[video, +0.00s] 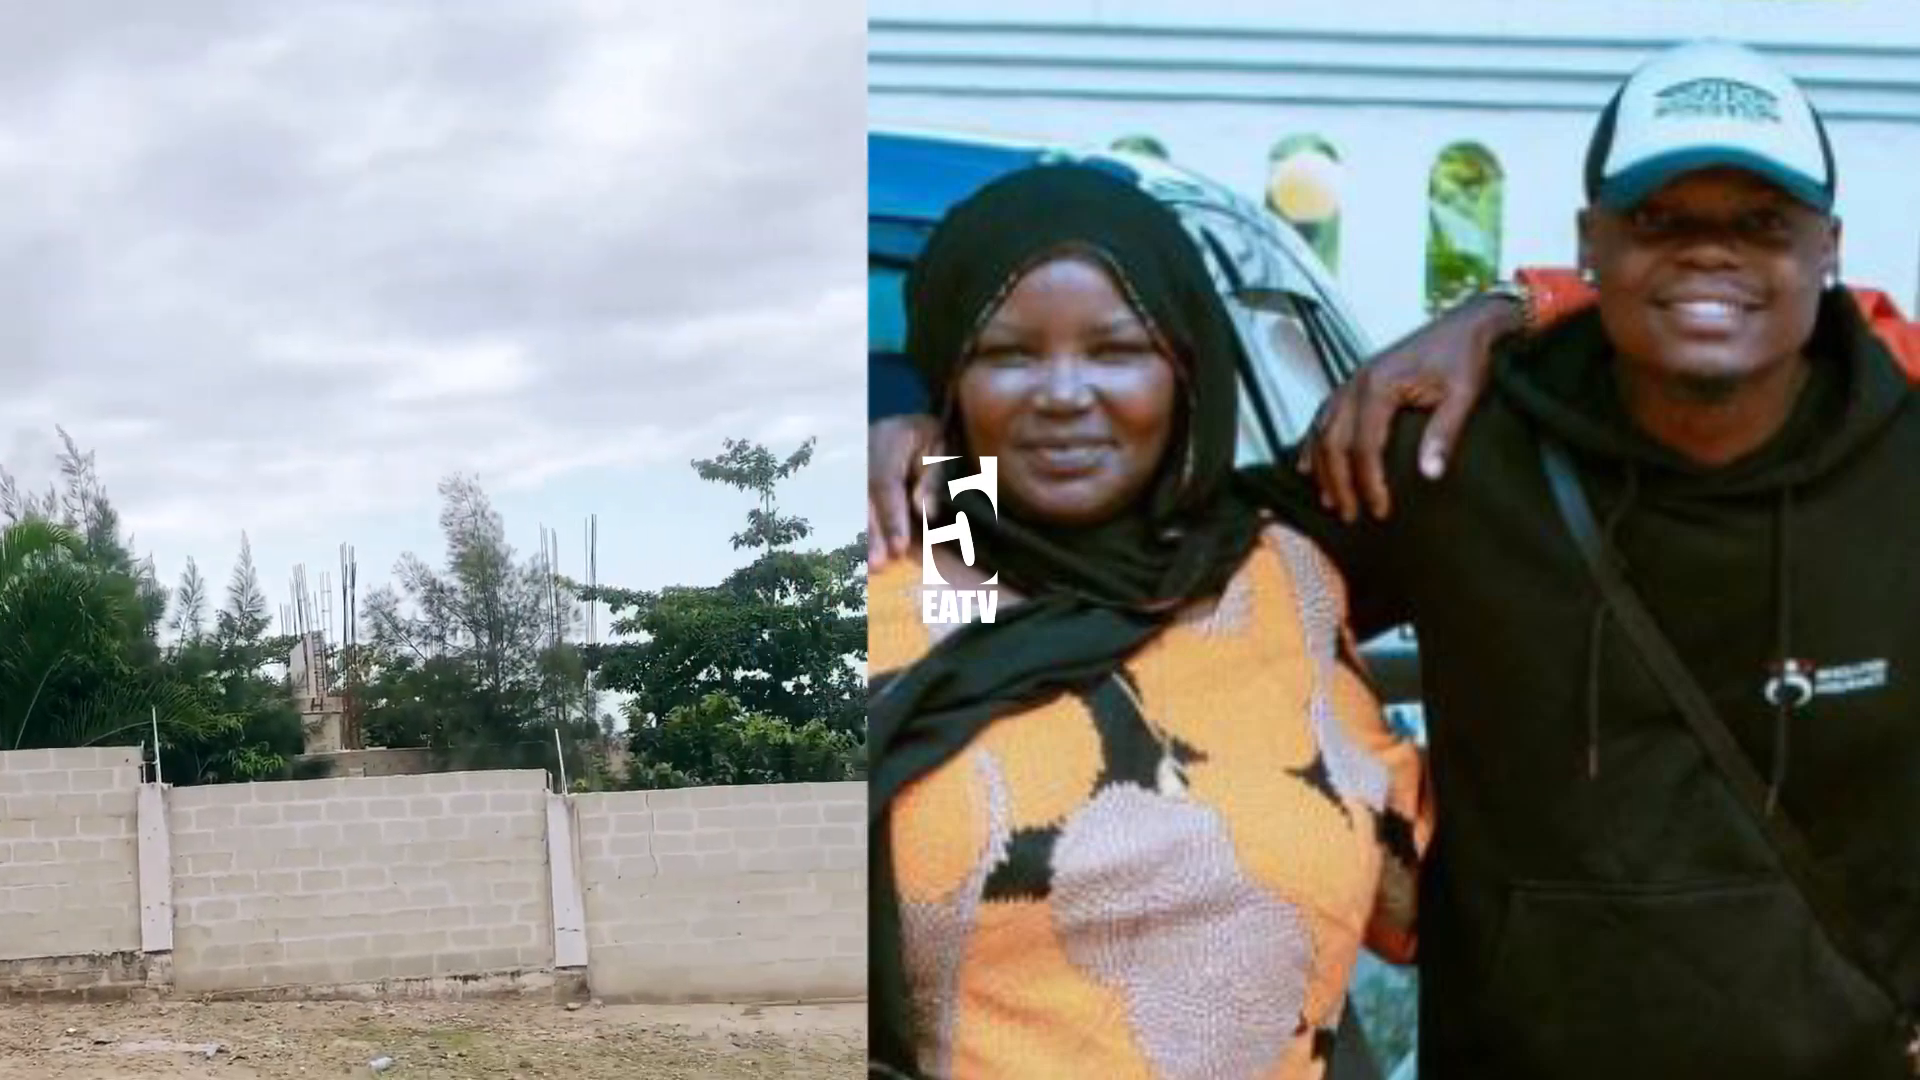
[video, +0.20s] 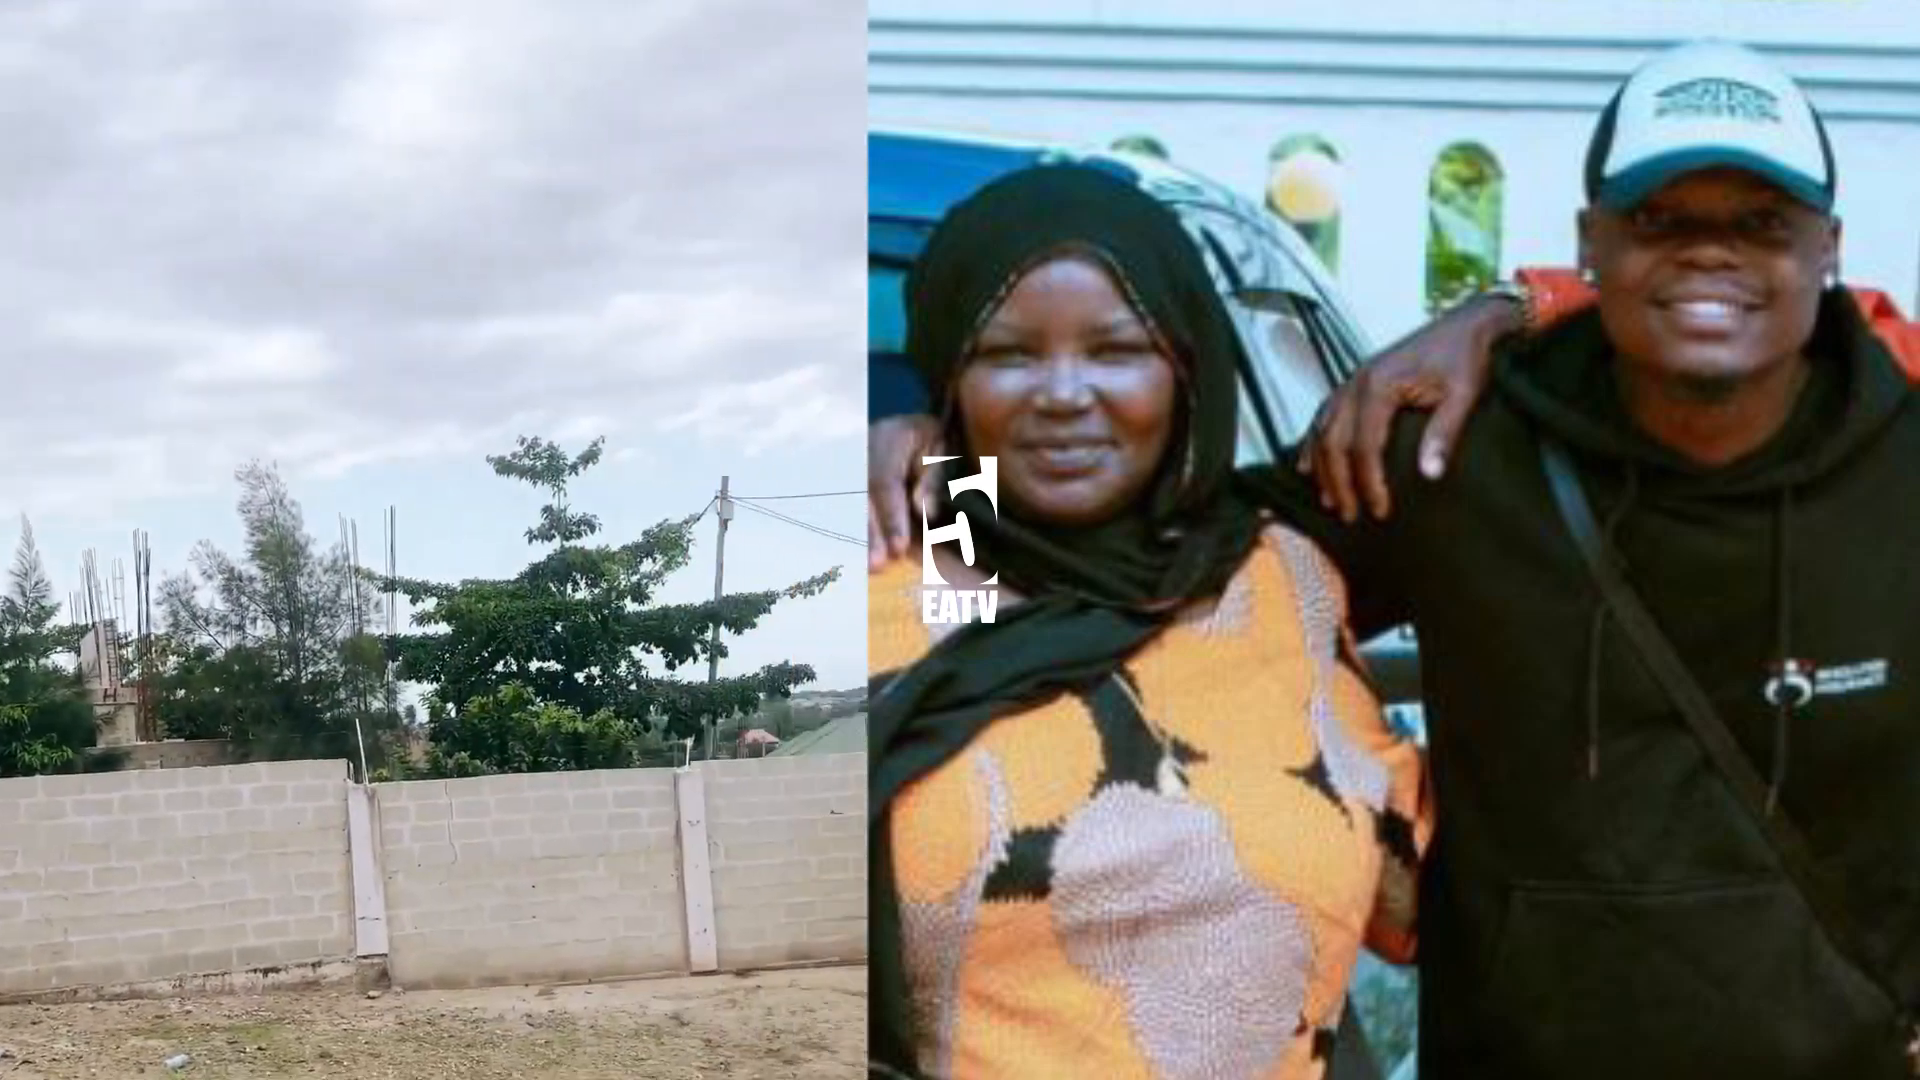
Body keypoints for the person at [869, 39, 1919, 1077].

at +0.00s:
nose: (1707, 250)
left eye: (1757, 218)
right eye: (1664, 214)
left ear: (1826, 250)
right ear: (1595, 241)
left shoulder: (1898, 443)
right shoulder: (1464, 449)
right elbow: (1171, 556)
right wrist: (955, 448)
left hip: (1848, 1037)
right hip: (1536, 1044)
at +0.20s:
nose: (1707, 251)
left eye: (1757, 219)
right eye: (1664, 214)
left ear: (1826, 250)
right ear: (1595, 242)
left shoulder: (1899, 445)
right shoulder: (1464, 449)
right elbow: (1172, 556)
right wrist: (958, 453)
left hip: (1848, 1037)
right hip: (1535, 1043)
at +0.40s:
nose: (1706, 251)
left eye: (1757, 218)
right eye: (1664, 214)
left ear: (1826, 250)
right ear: (1594, 241)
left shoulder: (1898, 444)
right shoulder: (1463, 449)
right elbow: (1172, 557)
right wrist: (958, 453)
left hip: (1849, 1038)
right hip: (1535, 1044)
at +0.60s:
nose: (1706, 251)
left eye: (1757, 218)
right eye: (1664, 214)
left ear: (1826, 250)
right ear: (1594, 241)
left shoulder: (1898, 443)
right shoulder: (1463, 450)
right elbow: (1173, 557)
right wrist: (960, 453)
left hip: (1848, 1038)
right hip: (1535, 1044)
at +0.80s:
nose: (1707, 251)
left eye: (1757, 218)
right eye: (1664, 214)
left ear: (1826, 250)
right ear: (1594, 241)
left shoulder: (1898, 443)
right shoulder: (1463, 448)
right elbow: (1170, 557)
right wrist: (956, 457)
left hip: (1849, 1038)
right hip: (1536, 1045)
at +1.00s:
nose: (1707, 251)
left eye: (1757, 219)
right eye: (1664, 214)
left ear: (1826, 250)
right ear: (1594, 241)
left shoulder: (1898, 445)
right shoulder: (1463, 449)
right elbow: (1172, 557)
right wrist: (962, 459)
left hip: (1850, 1038)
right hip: (1536, 1045)